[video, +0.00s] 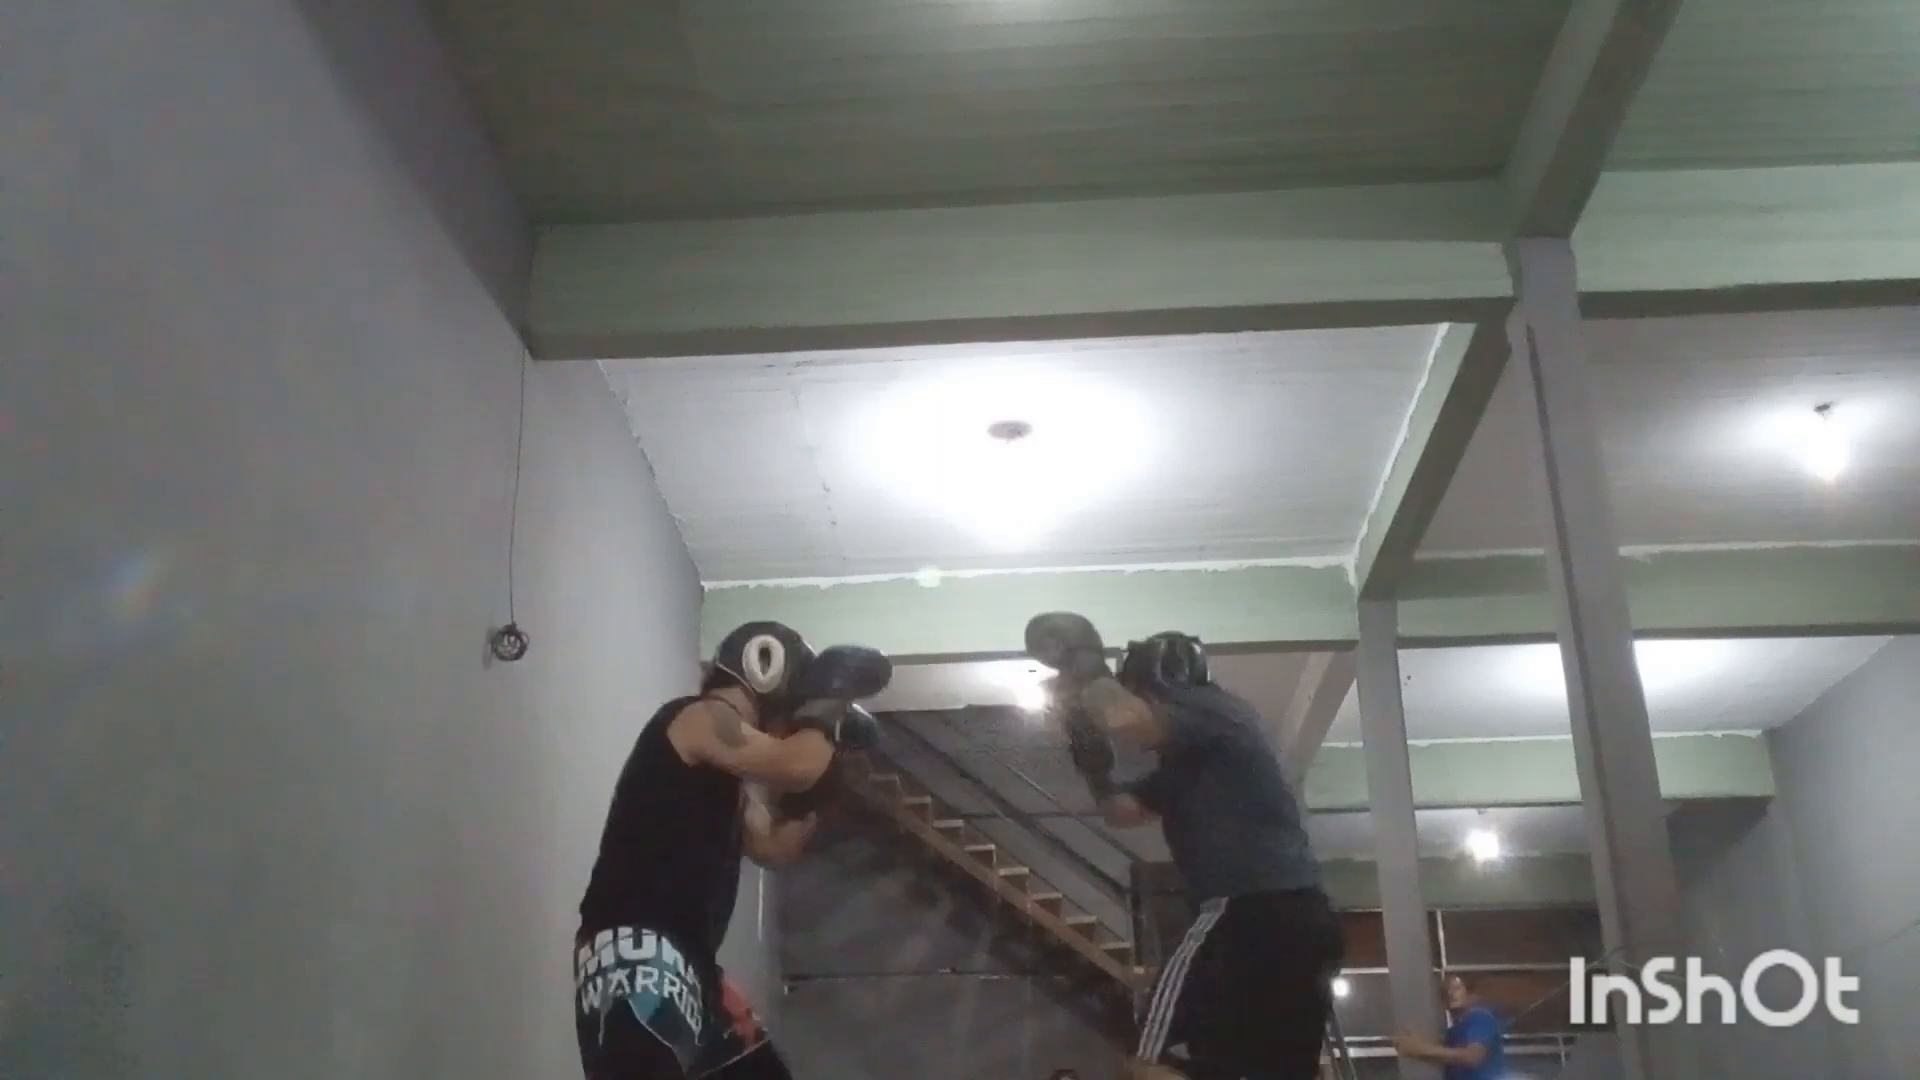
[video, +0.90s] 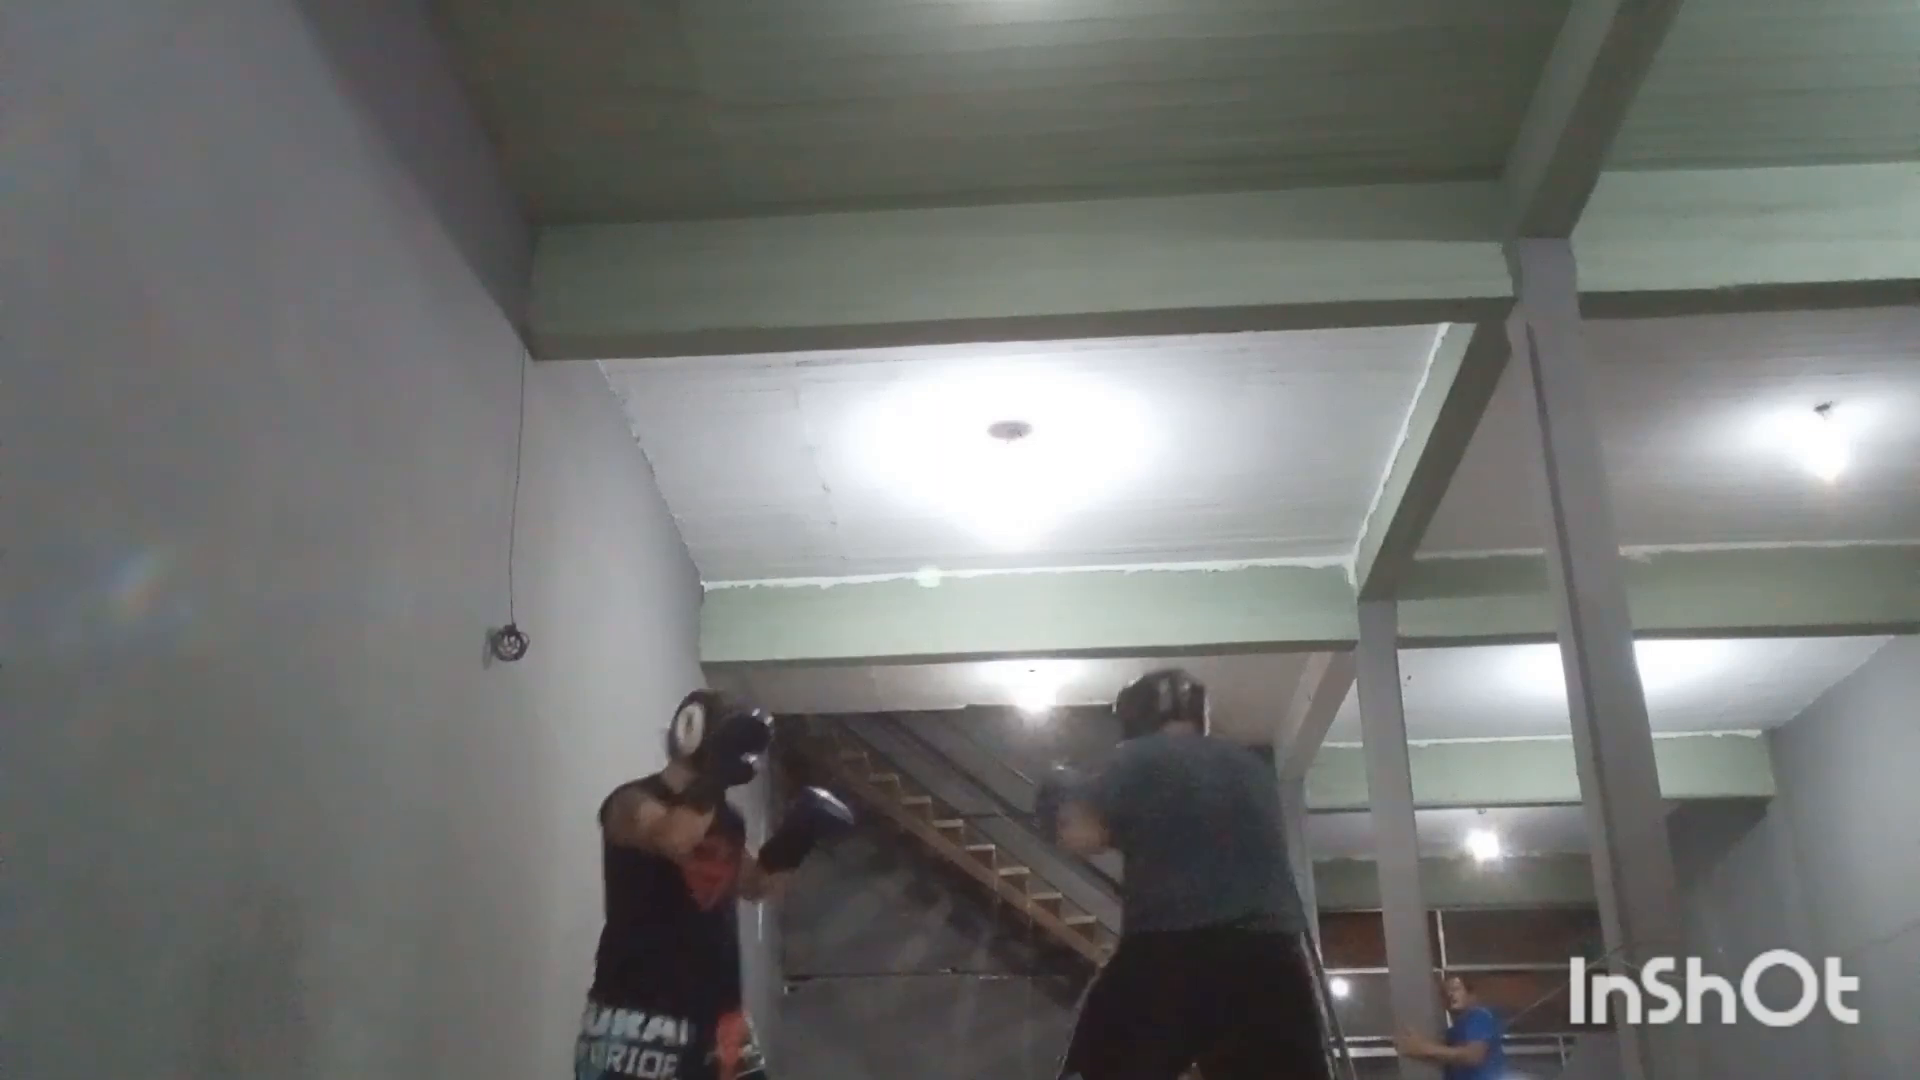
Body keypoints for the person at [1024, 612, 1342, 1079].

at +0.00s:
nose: (1136, 708)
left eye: (1137, 696)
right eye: (1133, 698)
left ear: (1155, 681)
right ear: (1189, 670)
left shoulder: (1211, 706)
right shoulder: (1190, 756)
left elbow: (1126, 720)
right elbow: (1123, 812)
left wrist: (1086, 671)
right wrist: (1097, 771)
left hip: (1253, 911)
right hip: (1300, 911)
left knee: (1155, 1057)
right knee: (1284, 1069)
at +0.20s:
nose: (1141, 716)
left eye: (1147, 700)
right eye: (1140, 704)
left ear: (1183, 683)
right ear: (1201, 683)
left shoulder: (1218, 719)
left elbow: (1196, 770)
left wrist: (1109, 755)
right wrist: (1132, 809)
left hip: (1243, 928)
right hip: (1303, 930)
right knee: (1303, 1066)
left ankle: (1118, 1074)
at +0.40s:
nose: (1145, 714)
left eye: (1147, 699)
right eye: (1142, 702)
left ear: (1172, 687)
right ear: (1208, 682)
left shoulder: (1209, 713)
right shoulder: (1255, 729)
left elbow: (1191, 775)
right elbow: (1195, 855)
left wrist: (1106, 752)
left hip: (1255, 920)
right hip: (1325, 920)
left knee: (1174, 1058)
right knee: (1331, 1067)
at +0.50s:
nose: (1134, 711)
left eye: (1136, 700)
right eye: (1133, 703)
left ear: (1153, 689)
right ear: (1203, 680)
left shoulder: (1187, 719)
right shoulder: (1241, 727)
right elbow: (1176, 831)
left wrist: (1068, 727)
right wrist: (1123, 787)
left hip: (1247, 935)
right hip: (1322, 930)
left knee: (1171, 1064)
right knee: (1331, 1067)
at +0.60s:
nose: (1124, 700)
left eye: (1125, 690)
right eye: (1124, 692)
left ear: (1140, 681)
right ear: (1200, 677)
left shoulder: (1153, 716)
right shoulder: (1250, 727)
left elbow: (1079, 778)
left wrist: (1057, 736)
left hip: (1213, 924)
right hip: (1305, 923)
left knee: (1153, 1059)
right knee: (1322, 1062)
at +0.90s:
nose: (1121, 732)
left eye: (1124, 723)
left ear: (1133, 720)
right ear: (1200, 719)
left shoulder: (1134, 760)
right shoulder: (1253, 763)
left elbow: (1079, 836)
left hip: (1163, 963)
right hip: (1271, 961)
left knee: (1102, 1072)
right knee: (1293, 1073)